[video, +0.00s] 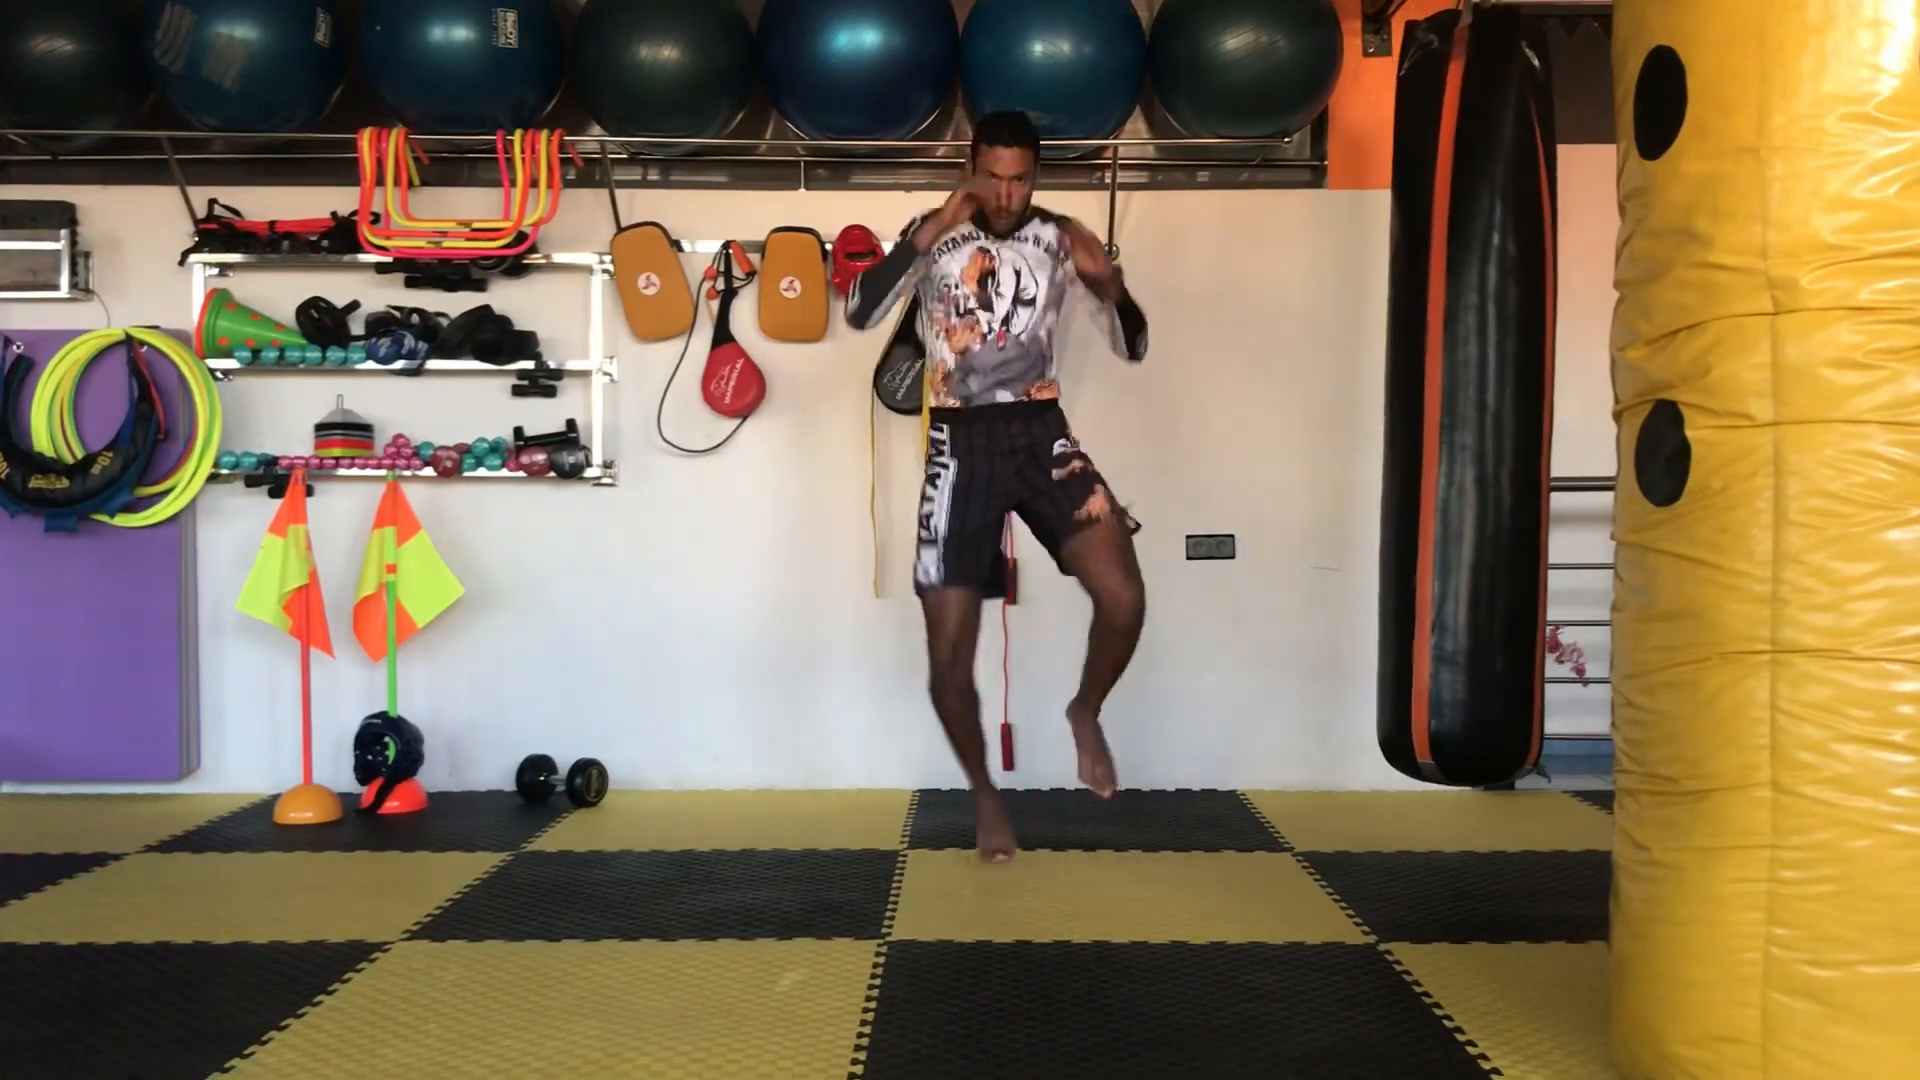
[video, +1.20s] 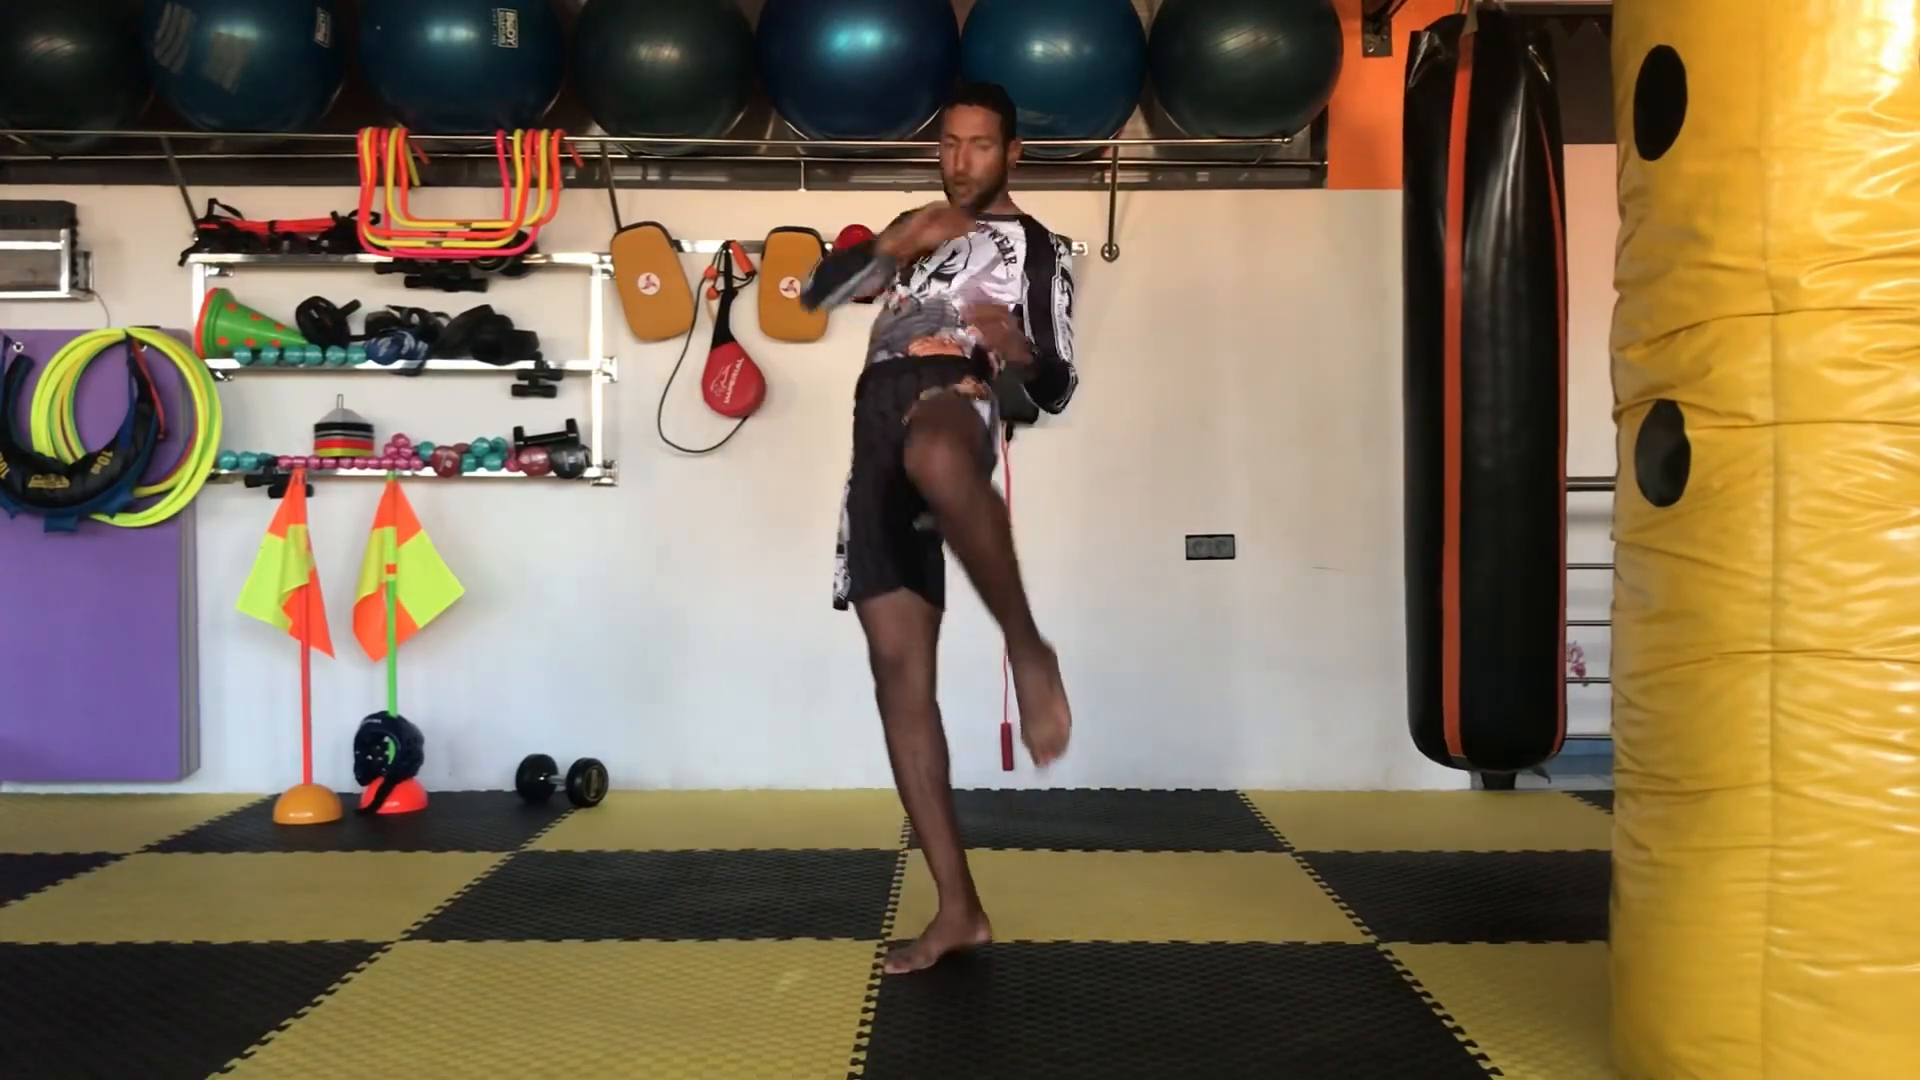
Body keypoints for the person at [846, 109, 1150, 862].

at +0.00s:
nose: (1006, 194)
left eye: (1019, 180)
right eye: (993, 180)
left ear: (1035, 176)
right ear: (971, 171)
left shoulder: (1063, 240)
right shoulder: (932, 234)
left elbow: (1132, 347)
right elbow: (862, 313)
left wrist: (1108, 285)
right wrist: (925, 236)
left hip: (1043, 436)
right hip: (959, 447)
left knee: (1125, 604)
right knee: (948, 660)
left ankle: (1084, 711)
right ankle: (984, 797)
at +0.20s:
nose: (991, 244)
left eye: (1005, 231)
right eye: (977, 230)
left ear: (1026, 238)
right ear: (960, 239)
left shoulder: (1054, 299)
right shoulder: (936, 306)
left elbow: (1083, 254)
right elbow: (883, 428)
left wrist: (996, 176)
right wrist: (896, 386)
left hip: (1042, 501)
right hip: (959, 504)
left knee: (1046, 672)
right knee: (934, 668)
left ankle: (1038, 817)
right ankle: (929, 864)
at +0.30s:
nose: (975, 259)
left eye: (988, 244)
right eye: (963, 244)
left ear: (1014, 251)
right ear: (946, 251)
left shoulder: (1042, 316)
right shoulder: (920, 323)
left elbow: (1043, 243)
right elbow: (858, 388)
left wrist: (950, 156)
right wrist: (885, 292)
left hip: (1032, 521)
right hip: (947, 524)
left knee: (1043, 692)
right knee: (923, 679)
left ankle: (1040, 802)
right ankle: (938, 901)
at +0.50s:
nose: (979, 188)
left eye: (989, 174)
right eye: (965, 173)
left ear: (1004, 176)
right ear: (937, 171)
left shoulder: (1026, 251)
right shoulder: (885, 234)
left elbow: (1078, 338)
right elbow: (848, 253)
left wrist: (1042, 256)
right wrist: (961, 190)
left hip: (988, 453)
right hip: (895, 460)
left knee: (1074, 640)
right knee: (878, 677)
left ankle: (1028, 701)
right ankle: (934, 905)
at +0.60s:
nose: (965, 194)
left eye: (980, 181)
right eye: (950, 179)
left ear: (999, 179)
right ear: (928, 171)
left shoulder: (1023, 261)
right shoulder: (889, 227)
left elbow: (1055, 386)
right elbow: (888, 233)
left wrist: (1084, 393)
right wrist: (996, 216)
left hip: (988, 412)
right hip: (892, 421)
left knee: (1058, 483)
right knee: (871, 674)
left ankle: (1037, 617)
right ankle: (939, 897)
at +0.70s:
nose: (975, 197)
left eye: (991, 186)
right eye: (961, 183)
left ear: (1008, 188)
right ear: (939, 176)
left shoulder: (1028, 260)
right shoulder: (893, 220)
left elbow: (1032, 374)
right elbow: (894, 225)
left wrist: (1081, 479)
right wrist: (1002, 227)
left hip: (962, 406)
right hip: (877, 424)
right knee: (871, 666)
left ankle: (1064, 526)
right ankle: (935, 888)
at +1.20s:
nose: (963, 157)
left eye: (980, 143)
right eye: (952, 142)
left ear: (1011, 153)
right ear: (935, 150)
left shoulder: (1037, 249)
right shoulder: (907, 233)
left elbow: (1049, 392)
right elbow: (820, 290)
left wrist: (1015, 355)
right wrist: (895, 245)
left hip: (965, 404)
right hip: (881, 429)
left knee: (935, 450)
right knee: (900, 678)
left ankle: (1027, 652)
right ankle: (957, 906)